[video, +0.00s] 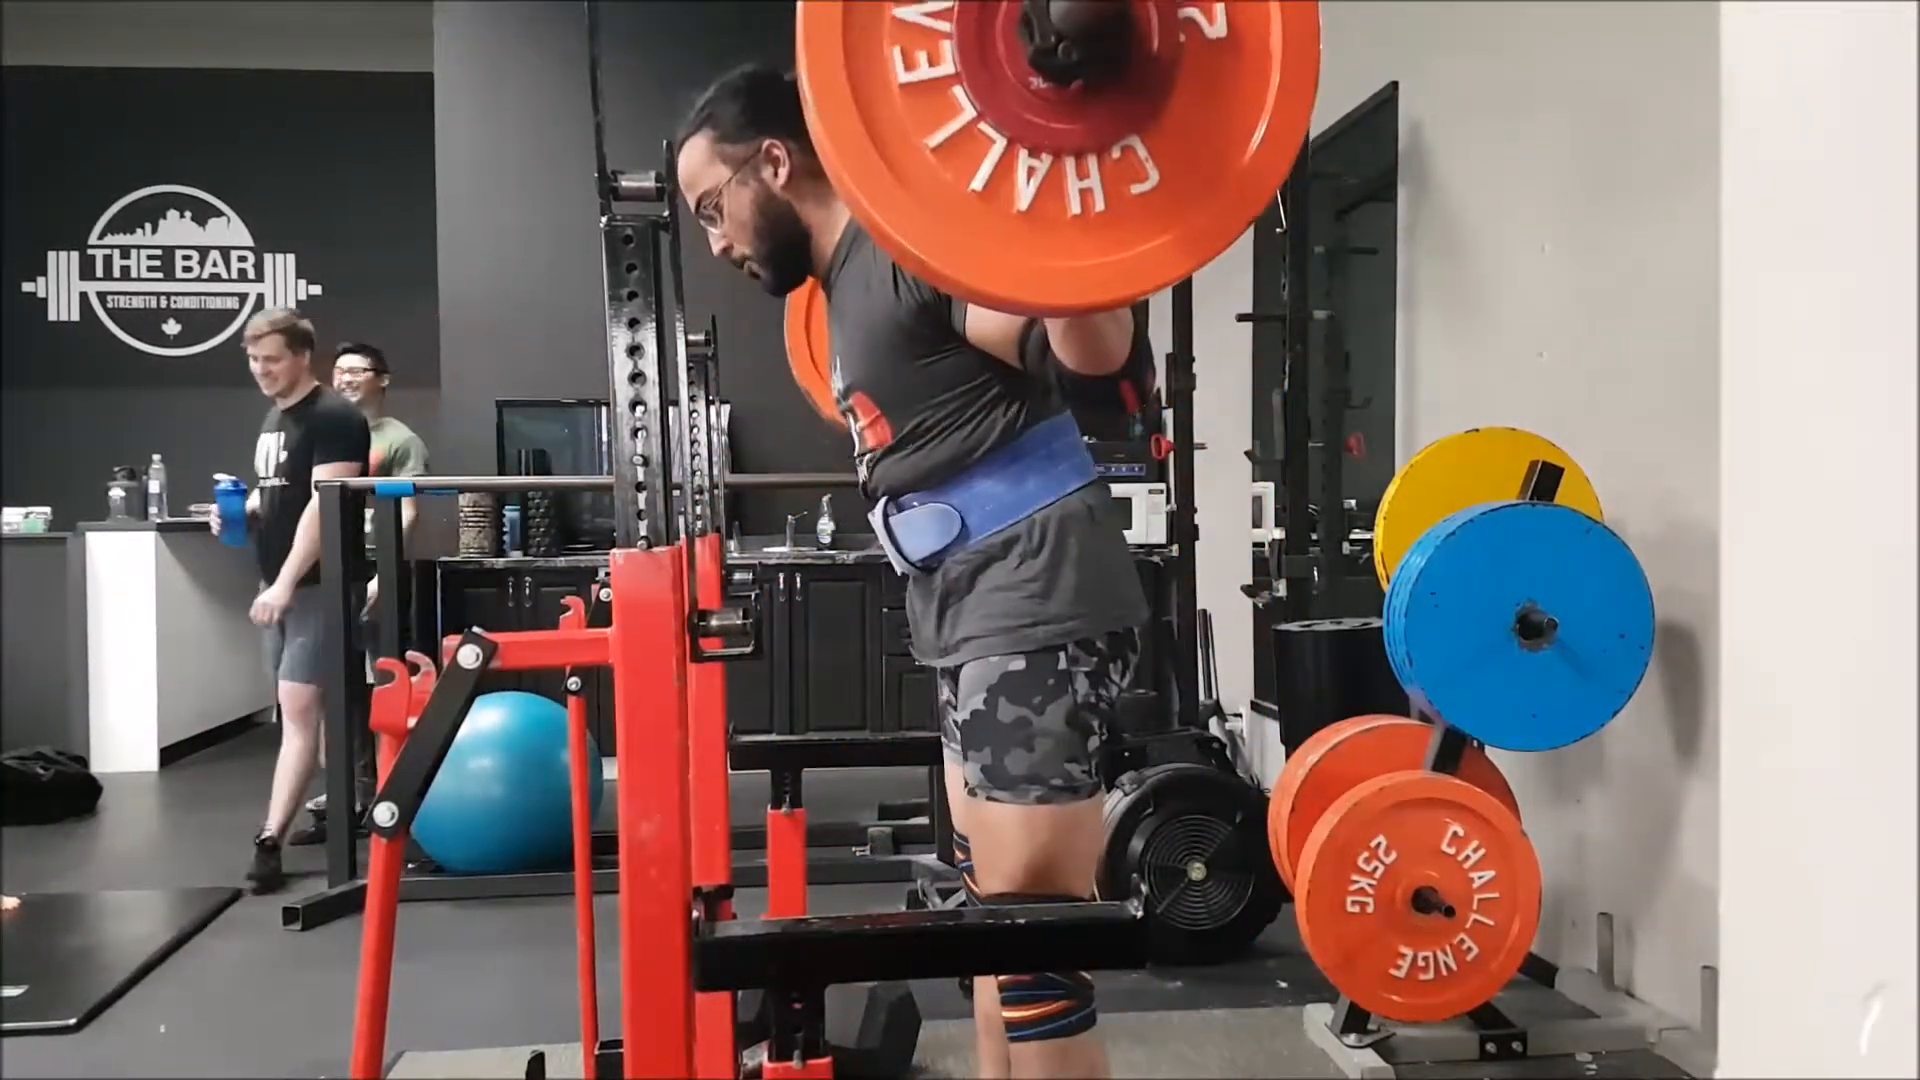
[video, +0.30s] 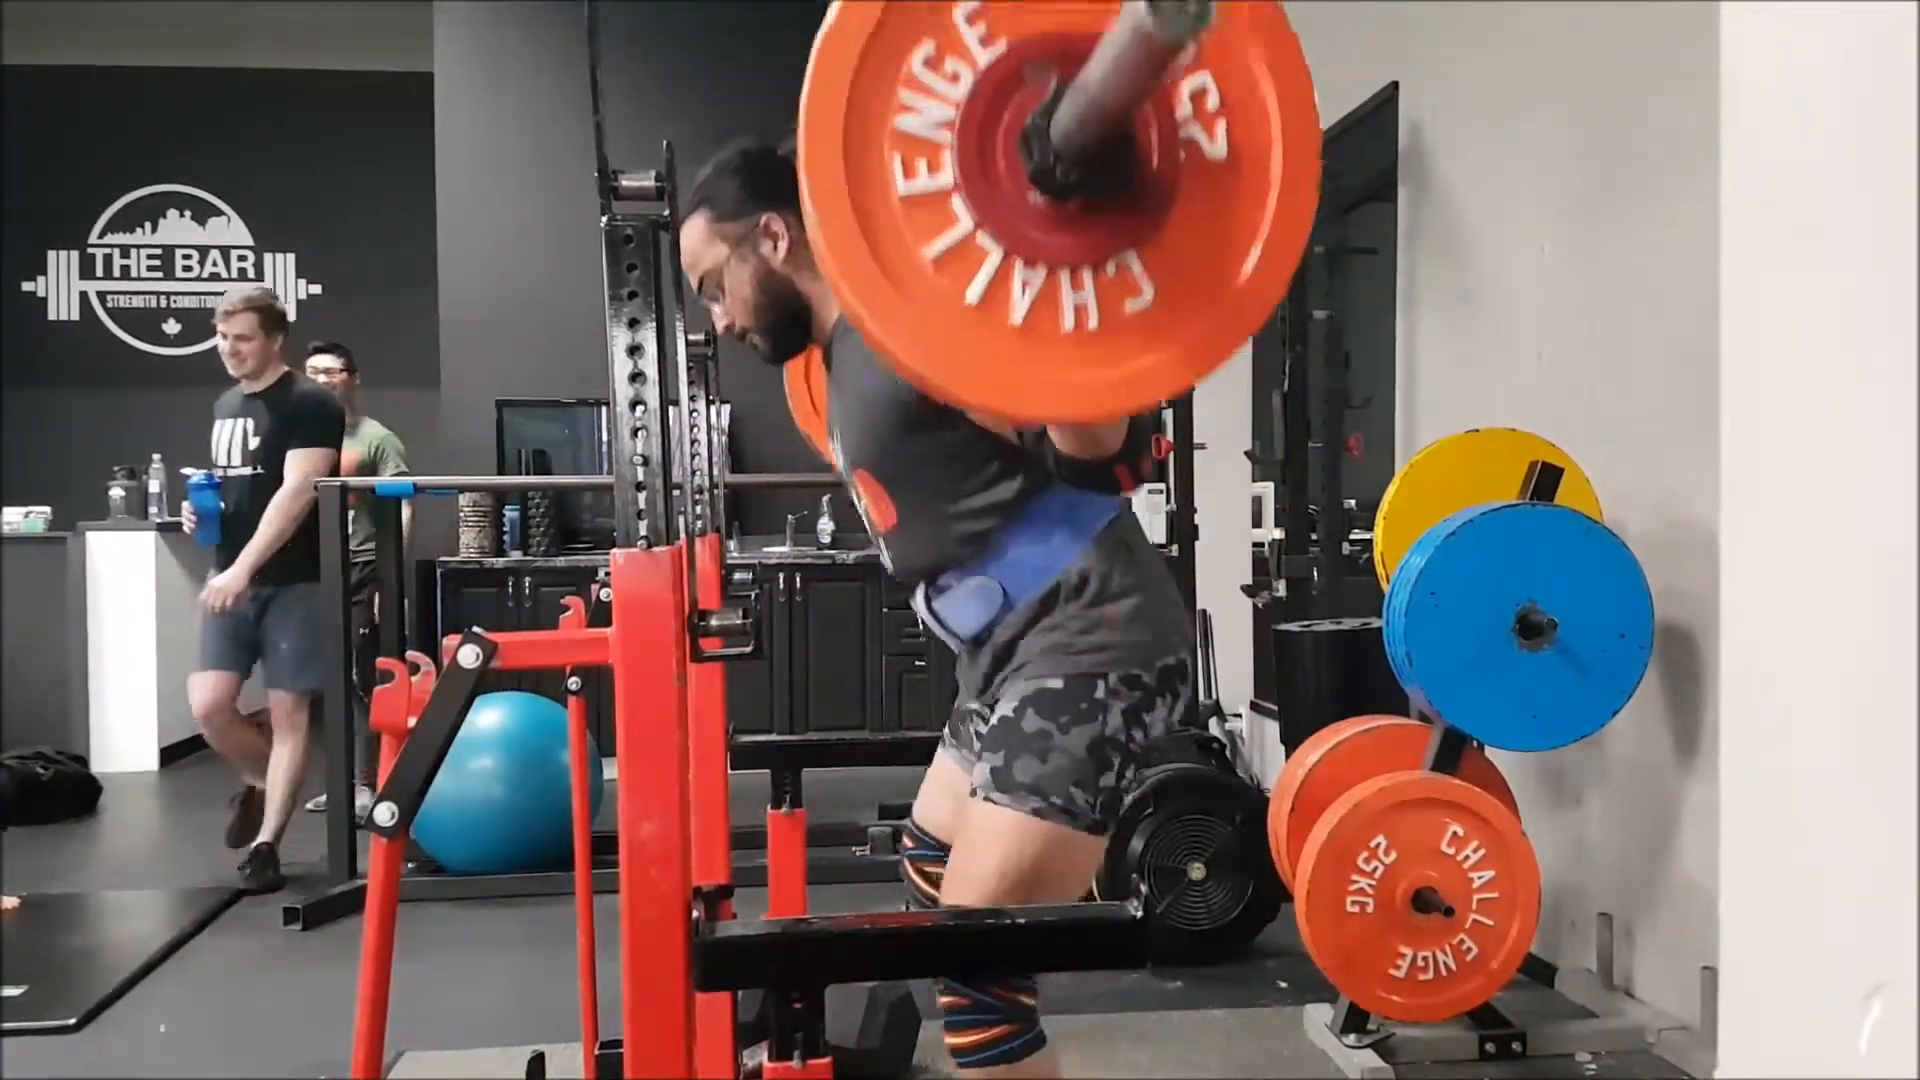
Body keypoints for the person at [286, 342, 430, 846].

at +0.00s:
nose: (345, 378)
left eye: (356, 371)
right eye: (340, 370)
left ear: (382, 381)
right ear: (332, 378)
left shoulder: (400, 439)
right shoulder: (328, 433)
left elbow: (408, 512)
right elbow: (315, 504)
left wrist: (384, 576)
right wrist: (316, 561)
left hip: (376, 576)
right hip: (334, 574)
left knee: (382, 681)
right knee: (333, 686)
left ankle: (386, 790)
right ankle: (335, 792)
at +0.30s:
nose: (323, 380)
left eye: (333, 372)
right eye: (316, 373)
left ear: (353, 379)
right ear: (306, 380)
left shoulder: (378, 440)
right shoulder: (302, 439)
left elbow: (404, 505)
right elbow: (292, 503)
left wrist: (389, 575)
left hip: (366, 572)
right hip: (319, 572)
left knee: (363, 675)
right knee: (326, 678)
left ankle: (366, 782)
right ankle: (339, 781)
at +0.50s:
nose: (317, 386)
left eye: (326, 376)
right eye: (309, 377)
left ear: (346, 381)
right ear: (299, 382)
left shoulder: (373, 441)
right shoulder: (298, 441)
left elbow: (400, 508)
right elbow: (293, 503)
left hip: (366, 573)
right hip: (321, 572)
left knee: (365, 681)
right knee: (332, 682)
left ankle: (368, 787)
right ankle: (340, 786)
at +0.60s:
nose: (315, 394)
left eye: (324, 385)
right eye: (306, 385)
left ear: (343, 385)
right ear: (294, 386)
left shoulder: (371, 438)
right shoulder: (289, 439)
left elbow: (399, 498)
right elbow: (281, 497)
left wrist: (351, 482)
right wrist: (311, 479)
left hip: (361, 568)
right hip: (312, 569)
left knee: (361, 677)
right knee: (325, 677)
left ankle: (366, 784)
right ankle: (336, 783)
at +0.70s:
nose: (311, 398)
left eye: (320, 388)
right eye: (302, 389)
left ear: (339, 388)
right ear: (290, 389)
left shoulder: (370, 441)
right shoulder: (284, 439)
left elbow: (395, 509)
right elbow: (272, 500)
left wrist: (351, 487)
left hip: (355, 567)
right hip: (303, 568)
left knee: (349, 670)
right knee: (309, 669)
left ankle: (358, 777)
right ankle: (326, 762)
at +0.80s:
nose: (303, 401)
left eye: (313, 391)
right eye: (294, 391)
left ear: (334, 388)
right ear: (282, 389)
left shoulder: (363, 440)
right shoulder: (277, 437)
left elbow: (379, 522)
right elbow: (262, 507)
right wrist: (260, 571)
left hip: (341, 579)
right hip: (289, 577)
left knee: (342, 690)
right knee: (296, 684)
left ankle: (351, 797)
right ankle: (310, 767)